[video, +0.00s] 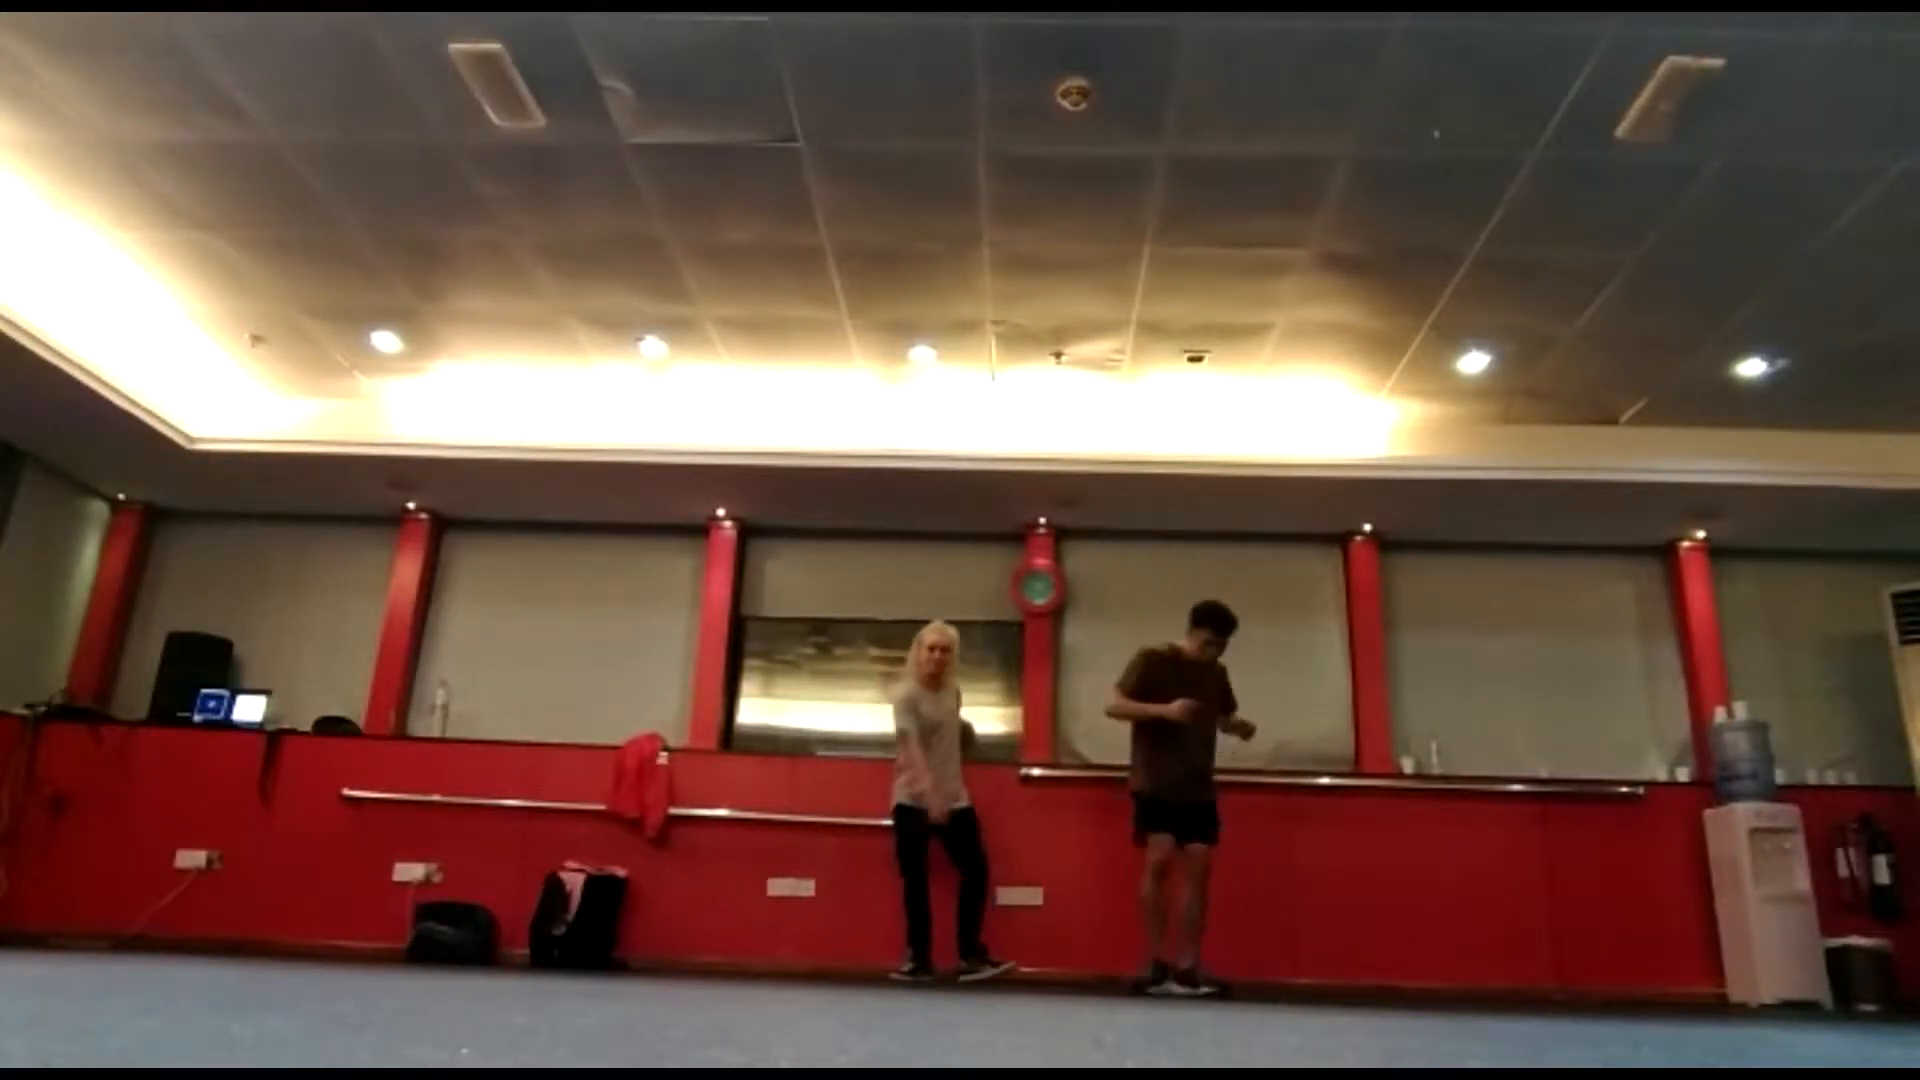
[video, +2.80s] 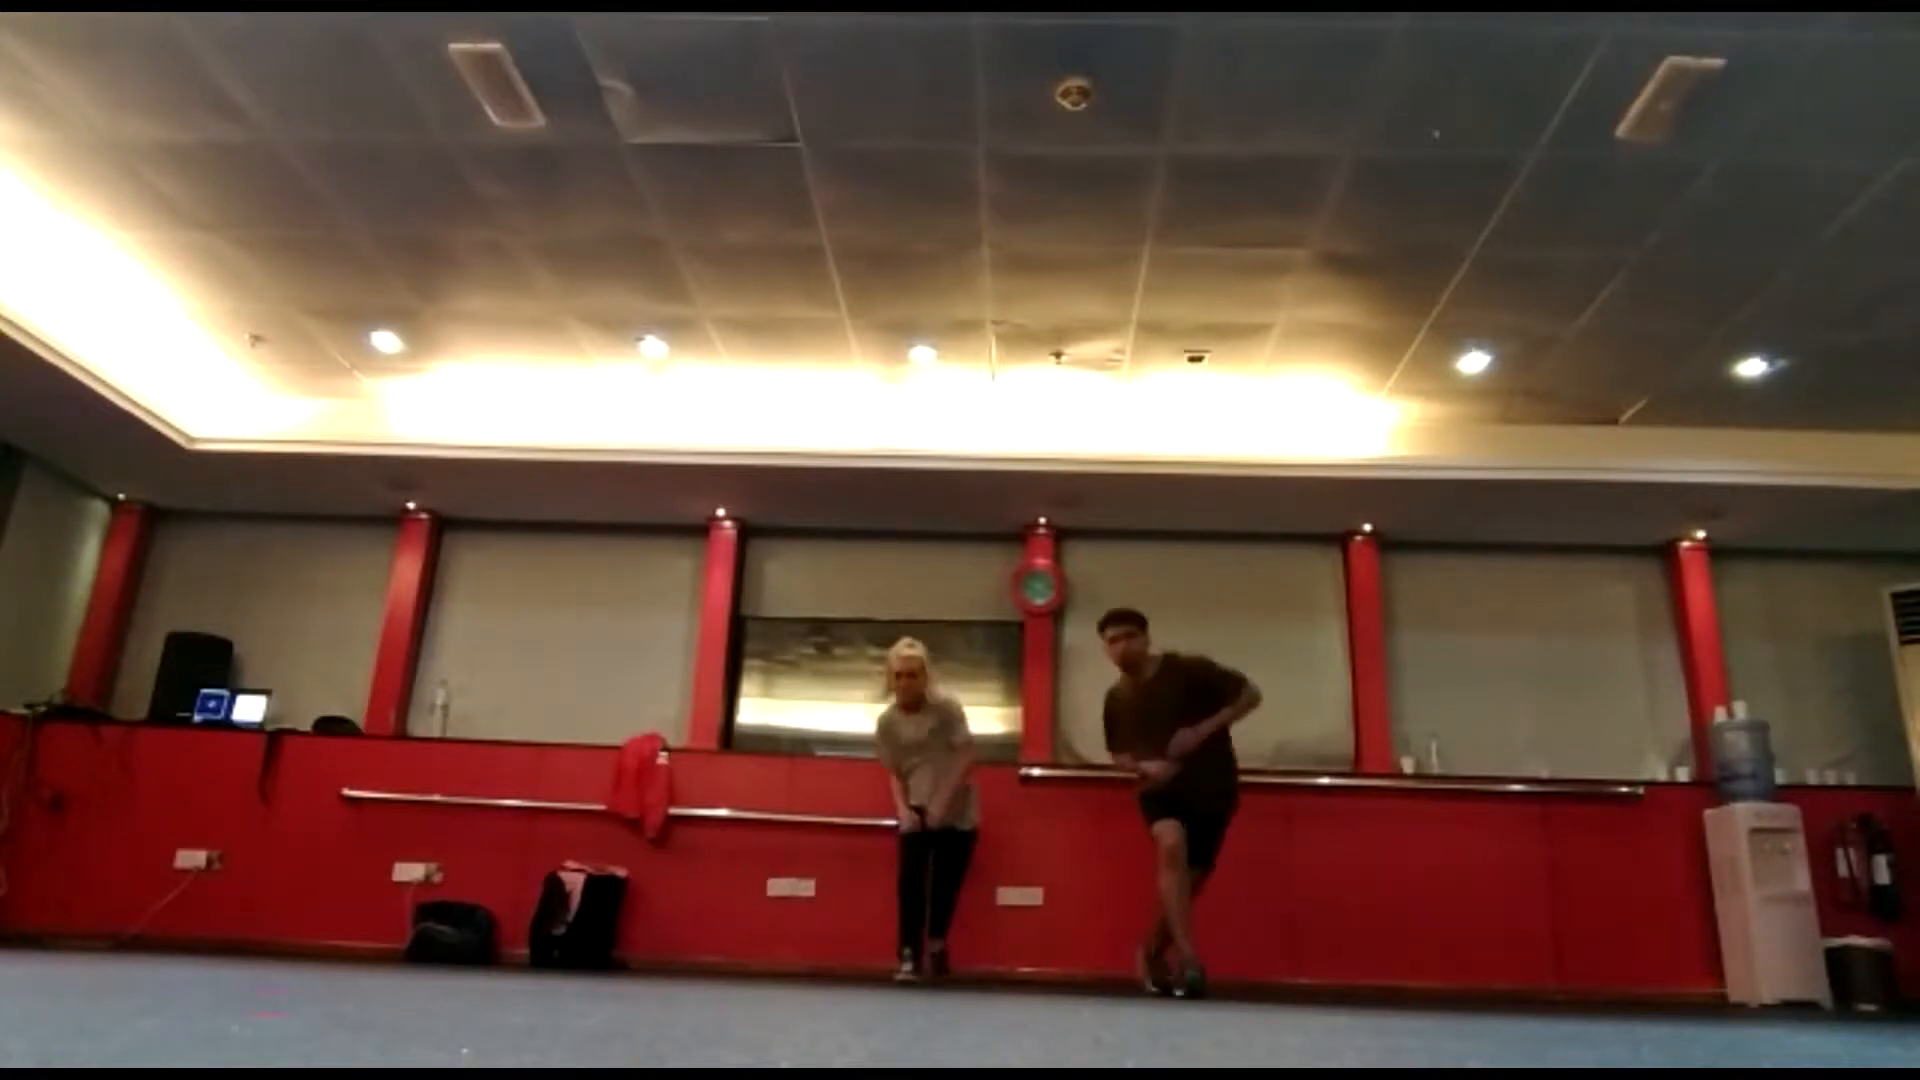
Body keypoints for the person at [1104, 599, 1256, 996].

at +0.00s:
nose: (1211, 655)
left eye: (1217, 648)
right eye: (1208, 645)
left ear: (1222, 644)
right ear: (1193, 633)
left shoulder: (1214, 673)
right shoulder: (1151, 662)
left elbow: (1223, 718)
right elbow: (1115, 705)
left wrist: (1238, 727)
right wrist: (1165, 709)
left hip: (1197, 786)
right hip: (1155, 785)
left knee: (1197, 869)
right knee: (1158, 863)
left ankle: (1188, 965)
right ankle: (1155, 961)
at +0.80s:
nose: (1144, 639)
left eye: (1150, 629)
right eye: (1137, 632)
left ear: (1169, 630)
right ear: (1131, 639)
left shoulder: (1204, 681)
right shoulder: (1135, 684)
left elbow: (1235, 738)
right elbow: (1118, 734)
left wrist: (1247, 728)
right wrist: (1123, 704)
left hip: (1194, 796)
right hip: (1145, 794)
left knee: (1194, 870)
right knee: (1120, 860)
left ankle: (1189, 969)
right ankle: (1120, 963)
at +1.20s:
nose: (1097, 633)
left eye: (1102, 622)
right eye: (1089, 626)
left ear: (1120, 624)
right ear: (1082, 634)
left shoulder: (1157, 662)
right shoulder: (1082, 683)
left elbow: (1188, 711)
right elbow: (1075, 742)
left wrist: (1168, 744)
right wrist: (1119, 746)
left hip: (1167, 778)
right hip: (1119, 784)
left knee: (1186, 853)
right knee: (1111, 857)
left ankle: (1186, 958)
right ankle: (1117, 961)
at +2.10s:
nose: (1162, 664)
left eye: (1170, 658)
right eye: (1157, 655)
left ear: (1180, 665)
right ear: (1143, 656)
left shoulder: (1179, 715)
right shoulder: (1110, 693)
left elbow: (1214, 764)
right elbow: (1073, 739)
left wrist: (1208, 788)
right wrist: (1098, 789)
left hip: (1154, 807)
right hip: (1108, 803)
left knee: (1162, 879)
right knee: (1104, 887)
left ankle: (1136, 965)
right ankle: (1098, 963)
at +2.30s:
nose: (1171, 619)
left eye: (1180, 612)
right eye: (1166, 610)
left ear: (1192, 619)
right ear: (1154, 613)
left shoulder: (1195, 675)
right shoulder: (1123, 645)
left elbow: (1183, 736)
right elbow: (1090, 691)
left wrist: (1179, 790)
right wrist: (1104, 737)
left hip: (1158, 763)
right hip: (1115, 752)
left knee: (1154, 851)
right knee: (1113, 809)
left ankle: (1141, 948)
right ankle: (1106, 850)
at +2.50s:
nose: (1154, 610)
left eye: (1162, 602)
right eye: (1147, 603)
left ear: (1177, 607)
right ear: (1137, 609)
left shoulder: (1197, 660)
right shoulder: (1122, 646)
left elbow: (1188, 730)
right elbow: (1097, 692)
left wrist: (1172, 788)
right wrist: (1120, 732)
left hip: (1173, 754)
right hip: (1131, 745)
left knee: (1162, 846)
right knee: (1137, 797)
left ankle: (1151, 948)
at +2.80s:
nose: (1122, 647)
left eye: (1129, 637)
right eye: (1113, 641)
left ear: (1145, 638)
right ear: (1105, 648)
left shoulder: (1187, 670)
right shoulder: (1118, 698)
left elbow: (1249, 695)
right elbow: (1119, 753)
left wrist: (1200, 731)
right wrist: (1143, 766)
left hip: (1210, 783)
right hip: (1162, 785)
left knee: (1191, 879)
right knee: (1170, 845)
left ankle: (1153, 950)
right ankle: (1188, 958)